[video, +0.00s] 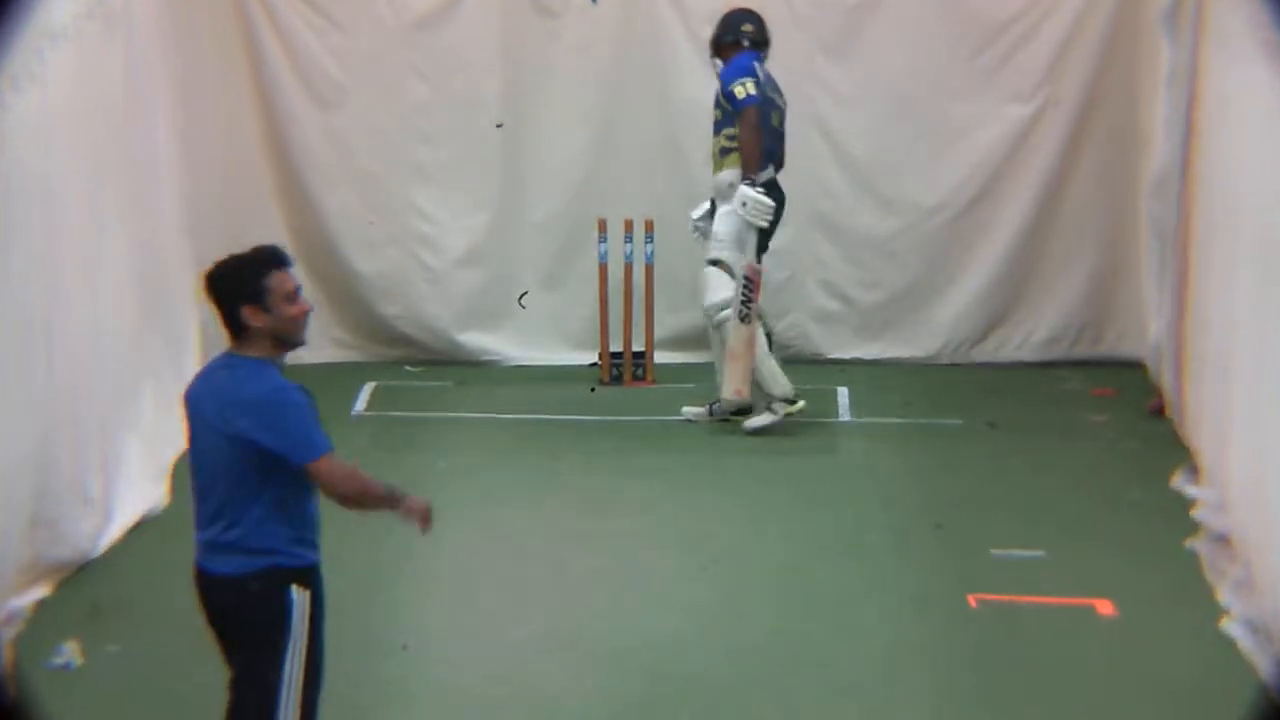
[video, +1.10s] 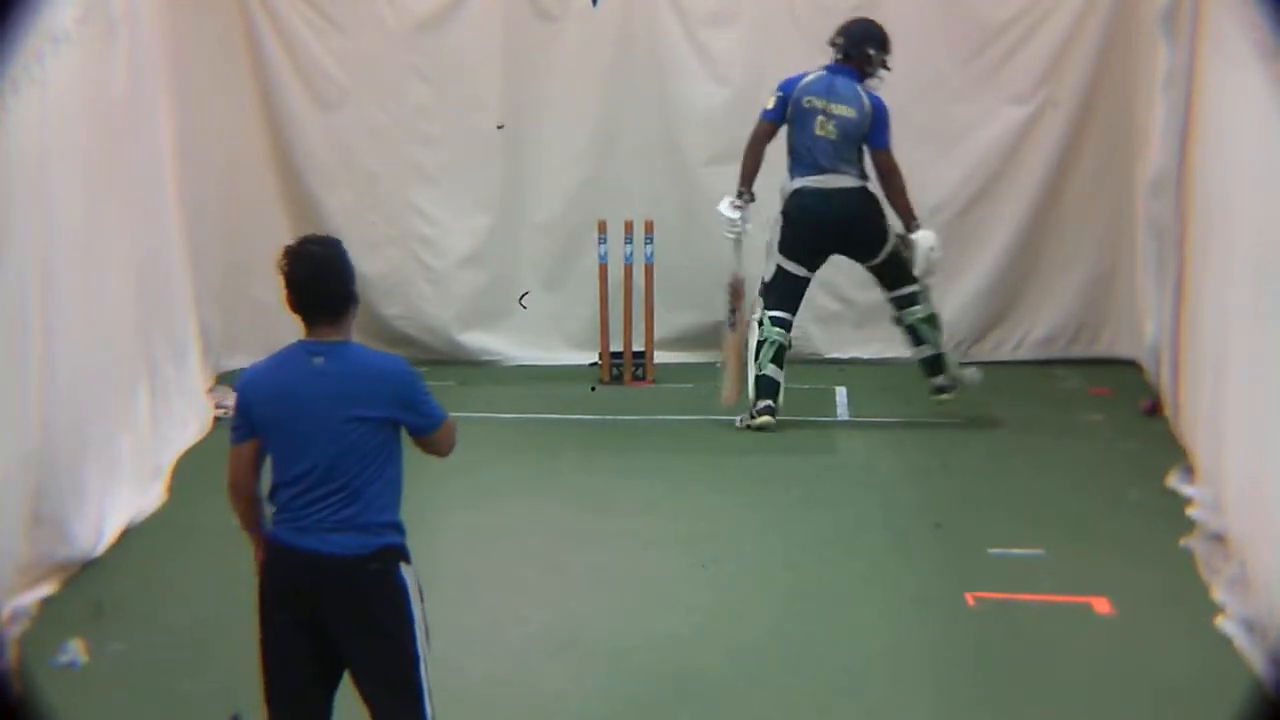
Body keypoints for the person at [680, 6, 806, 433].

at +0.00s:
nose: (715, 52)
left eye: (718, 45)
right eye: (716, 46)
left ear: (730, 41)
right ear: (756, 42)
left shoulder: (737, 67)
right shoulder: (765, 80)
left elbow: (750, 119)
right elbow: (758, 152)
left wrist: (749, 186)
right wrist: (717, 203)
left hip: (744, 195)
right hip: (756, 194)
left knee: (722, 295)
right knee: (734, 299)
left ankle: (776, 395)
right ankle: (737, 397)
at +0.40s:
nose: (742, 50)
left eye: (744, 44)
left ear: (749, 45)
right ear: (789, 51)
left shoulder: (736, 75)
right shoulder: (798, 96)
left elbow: (723, 129)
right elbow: (803, 165)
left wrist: (706, 188)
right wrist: (769, 190)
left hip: (742, 199)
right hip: (780, 204)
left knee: (718, 287)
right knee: (754, 289)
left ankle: (743, 385)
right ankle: (740, 391)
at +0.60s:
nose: (758, 46)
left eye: (759, 39)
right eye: (804, 46)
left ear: (760, 43)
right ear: (800, 48)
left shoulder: (735, 80)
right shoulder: (810, 93)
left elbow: (708, 140)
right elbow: (828, 160)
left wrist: (692, 195)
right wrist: (805, 200)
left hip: (757, 198)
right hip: (798, 201)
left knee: (750, 295)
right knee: (766, 297)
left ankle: (762, 403)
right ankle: (739, 389)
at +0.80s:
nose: (826, 51)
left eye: (826, 45)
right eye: (824, 44)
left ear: (780, 39)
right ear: (816, 44)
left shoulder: (746, 79)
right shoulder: (826, 91)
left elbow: (715, 141)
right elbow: (845, 156)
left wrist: (699, 196)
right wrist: (856, 214)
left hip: (771, 198)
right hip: (817, 198)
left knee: (766, 295)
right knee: (803, 291)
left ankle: (766, 407)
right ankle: (804, 395)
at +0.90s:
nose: (838, 55)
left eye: (839, 46)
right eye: (835, 46)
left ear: (796, 40)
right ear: (822, 44)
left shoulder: (757, 80)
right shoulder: (835, 92)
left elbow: (725, 140)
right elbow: (854, 158)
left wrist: (708, 195)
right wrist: (876, 216)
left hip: (779, 201)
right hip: (826, 201)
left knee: (772, 298)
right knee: (831, 289)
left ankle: (767, 408)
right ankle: (848, 393)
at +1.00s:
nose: (857, 59)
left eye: (858, 50)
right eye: (854, 50)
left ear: (815, 43)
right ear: (840, 47)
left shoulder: (772, 82)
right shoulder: (849, 95)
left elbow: (739, 139)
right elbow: (867, 162)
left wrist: (723, 195)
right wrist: (893, 218)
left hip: (788, 205)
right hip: (837, 204)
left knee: (776, 300)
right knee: (866, 286)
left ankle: (766, 406)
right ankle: (891, 380)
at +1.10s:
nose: (879, 67)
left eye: (881, 60)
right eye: (877, 59)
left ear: (838, 49)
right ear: (866, 56)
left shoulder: (794, 86)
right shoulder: (870, 104)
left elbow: (759, 138)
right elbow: (886, 169)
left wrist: (741, 196)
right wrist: (912, 228)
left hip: (805, 210)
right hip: (858, 209)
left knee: (779, 303)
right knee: (900, 283)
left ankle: (765, 401)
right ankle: (939, 375)